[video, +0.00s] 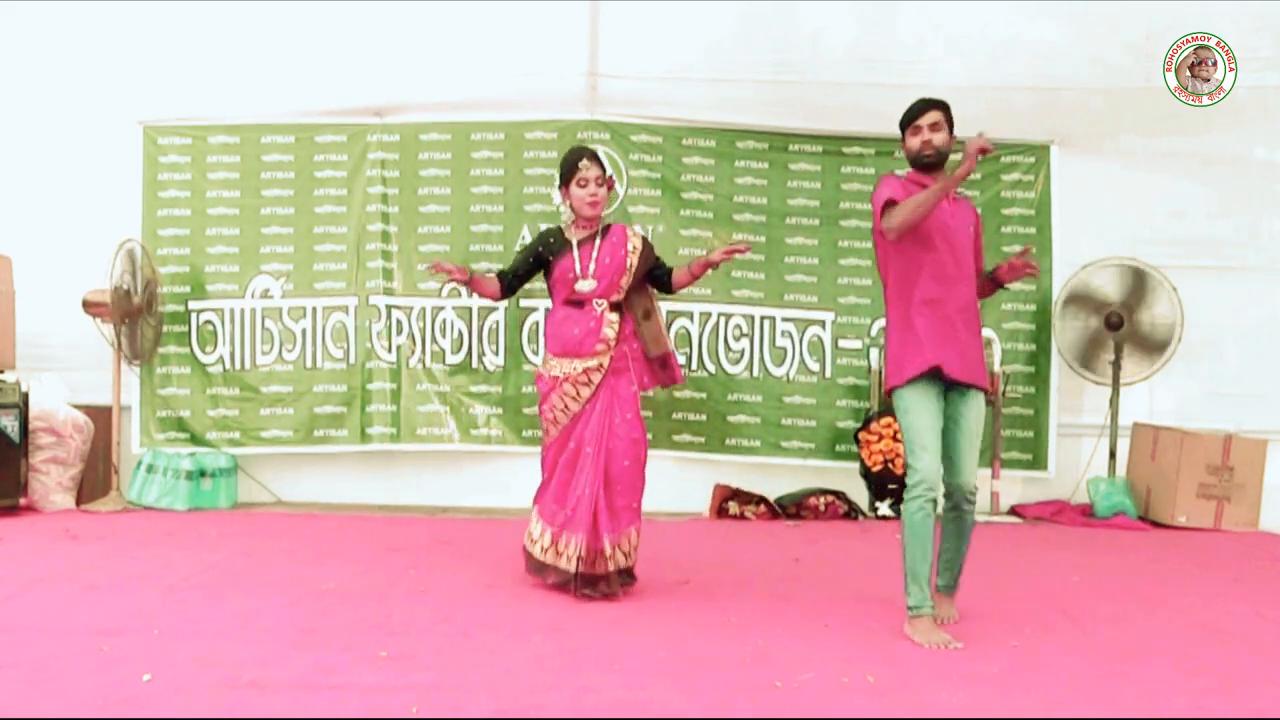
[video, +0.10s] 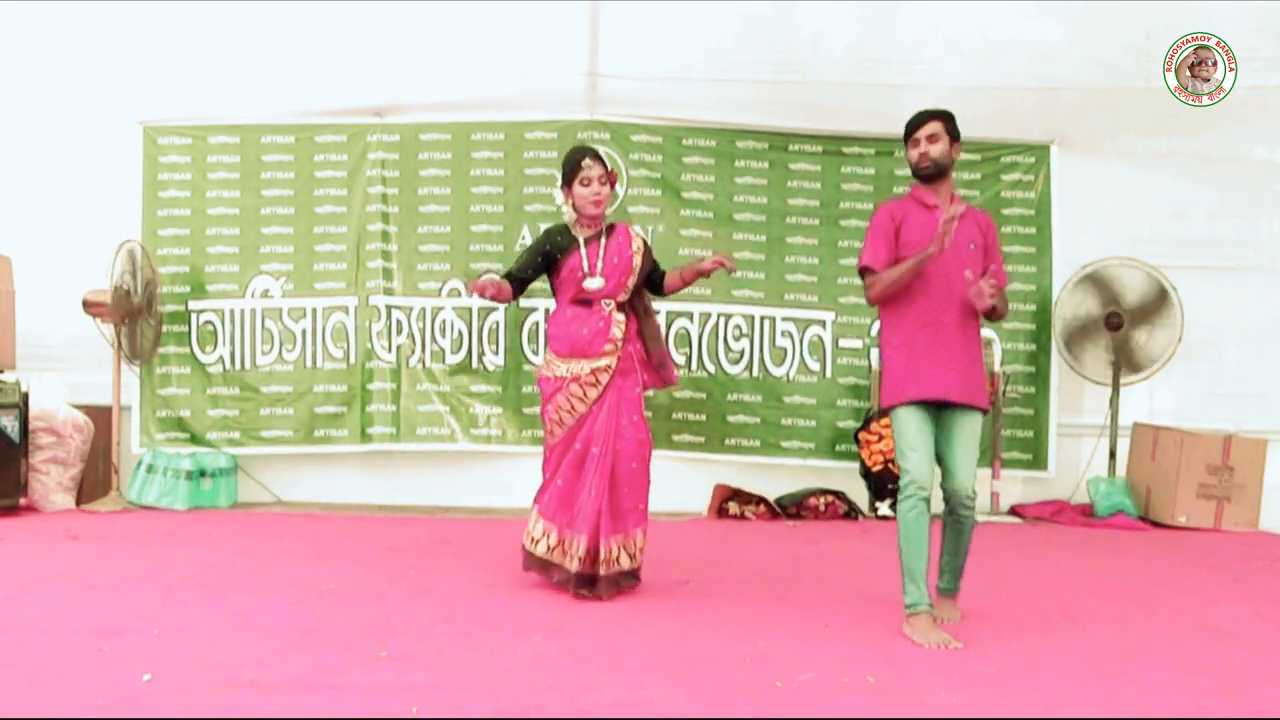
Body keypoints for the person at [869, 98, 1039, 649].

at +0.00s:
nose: (928, 137)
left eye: (937, 128)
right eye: (917, 130)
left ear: (953, 139)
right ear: (904, 143)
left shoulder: (967, 209)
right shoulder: (894, 186)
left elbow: (970, 290)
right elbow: (894, 224)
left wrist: (1000, 275)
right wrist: (957, 175)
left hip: (966, 354)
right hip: (913, 352)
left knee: (964, 485)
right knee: (925, 479)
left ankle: (945, 594)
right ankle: (918, 612)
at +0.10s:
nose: (925, 147)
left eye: (935, 138)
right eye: (916, 141)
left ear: (955, 149)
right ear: (907, 155)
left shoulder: (979, 221)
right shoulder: (891, 212)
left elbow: (998, 306)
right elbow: (874, 291)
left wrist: (991, 299)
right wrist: (929, 249)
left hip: (965, 370)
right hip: (908, 368)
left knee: (962, 490)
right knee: (917, 482)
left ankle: (947, 594)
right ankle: (916, 610)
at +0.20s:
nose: (915, 153)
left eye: (926, 145)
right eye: (912, 147)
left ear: (955, 155)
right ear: (908, 159)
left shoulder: (979, 219)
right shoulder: (892, 221)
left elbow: (1011, 293)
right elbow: (874, 291)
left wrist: (944, 305)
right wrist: (879, 294)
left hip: (954, 378)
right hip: (894, 375)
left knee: (948, 483)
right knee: (892, 475)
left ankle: (946, 596)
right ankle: (904, 593)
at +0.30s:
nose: (910, 143)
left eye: (921, 135)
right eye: (909, 135)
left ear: (949, 144)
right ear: (908, 144)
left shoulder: (969, 198)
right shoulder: (897, 202)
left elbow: (991, 256)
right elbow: (873, 278)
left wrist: (922, 252)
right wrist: (868, 256)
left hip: (946, 356)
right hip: (896, 352)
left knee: (939, 472)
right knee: (870, 455)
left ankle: (948, 591)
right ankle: (903, 554)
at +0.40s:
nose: (908, 138)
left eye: (919, 131)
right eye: (906, 130)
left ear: (946, 139)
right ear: (904, 137)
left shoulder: (960, 186)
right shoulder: (899, 188)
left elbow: (956, 231)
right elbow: (880, 255)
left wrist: (902, 203)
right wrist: (876, 217)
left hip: (936, 343)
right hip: (891, 340)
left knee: (939, 458)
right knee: (870, 452)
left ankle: (955, 578)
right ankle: (905, 529)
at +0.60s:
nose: (903, 179)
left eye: (915, 174)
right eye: (901, 170)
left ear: (935, 186)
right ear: (896, 175)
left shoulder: (931, 229)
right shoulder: (895, 228)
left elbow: (953, 287)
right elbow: (898, 298)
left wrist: (898, 261)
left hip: (922, 365)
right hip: (892, 364)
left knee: (923, 470)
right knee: (881, 472)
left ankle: (956, 578)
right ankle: (905, 559)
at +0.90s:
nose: (917, 166)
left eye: (929, 161)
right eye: (914, 157)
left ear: (947, 172)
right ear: (906, 160)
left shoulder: (954, 215)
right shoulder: (901, 206)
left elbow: (993, 266)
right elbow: (894, 255)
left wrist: (971, 231)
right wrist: (852, 250)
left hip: (944, 351)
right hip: (903, 351)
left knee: (935, 453)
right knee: (911, 463)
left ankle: (976, 564)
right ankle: (912, 556)